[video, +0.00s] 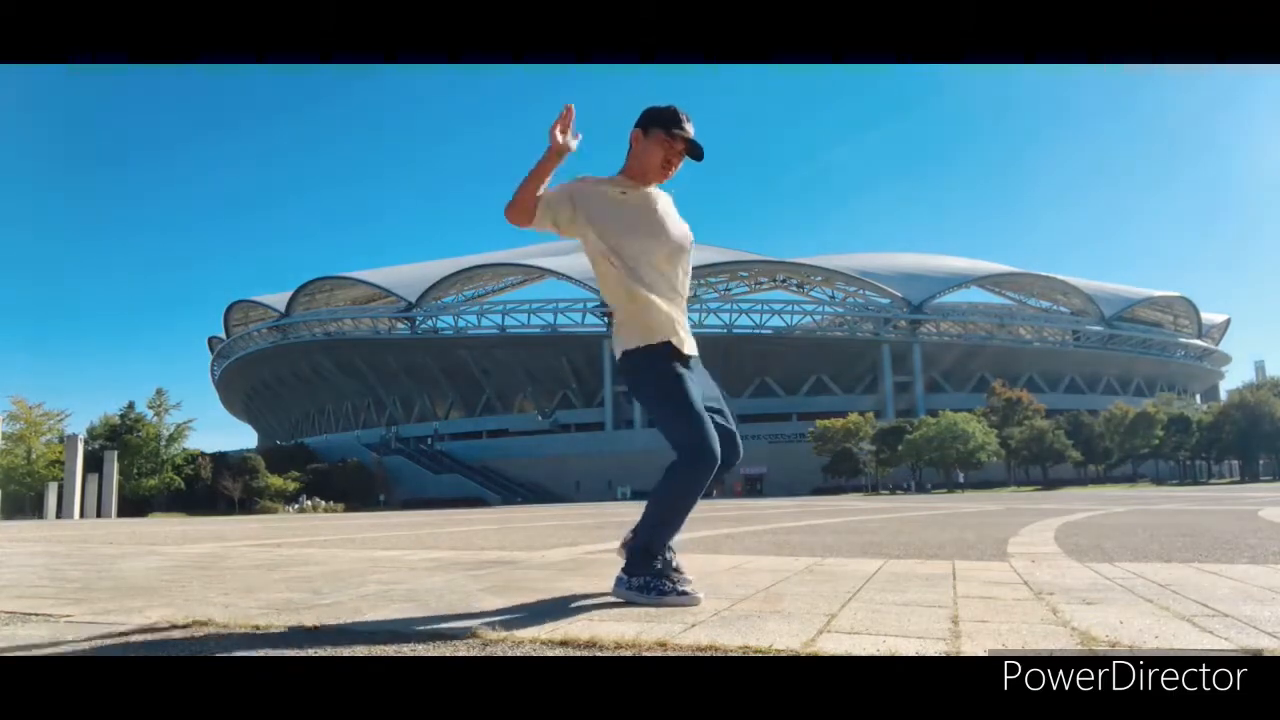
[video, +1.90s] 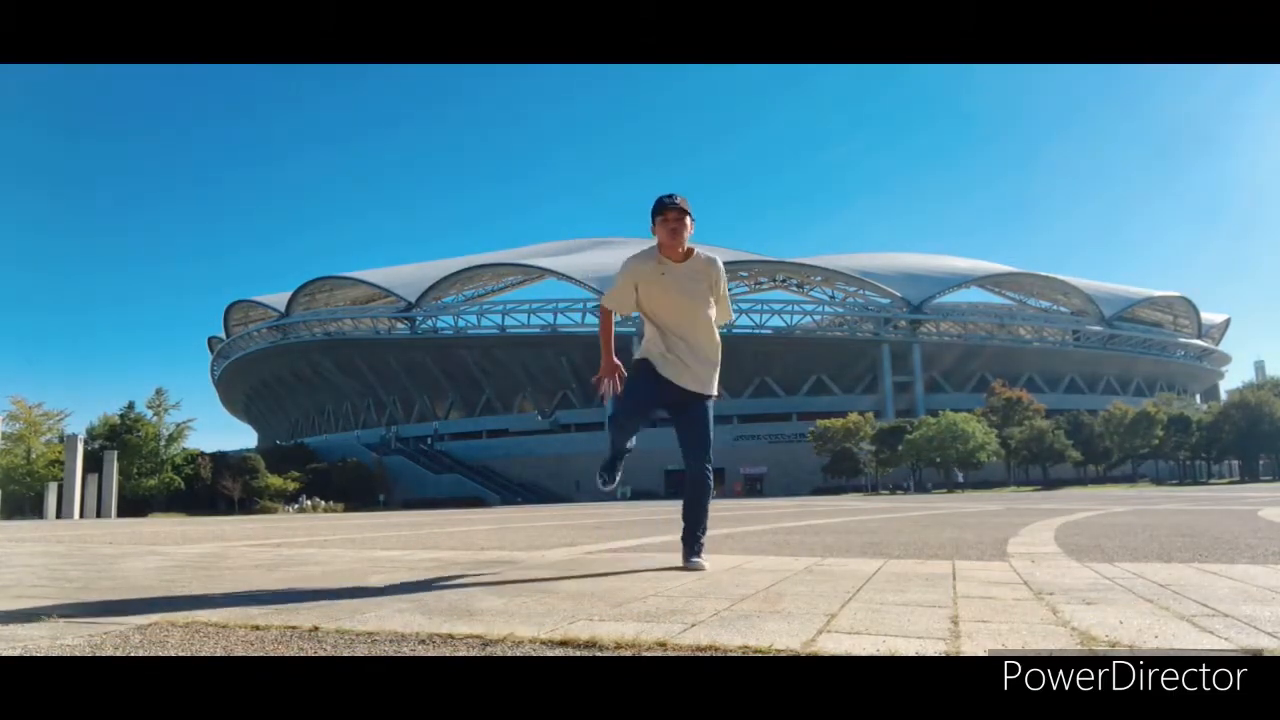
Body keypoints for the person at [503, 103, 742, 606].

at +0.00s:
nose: (674, 161)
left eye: (682, 155)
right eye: (668, 148)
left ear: (683, 157)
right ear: (638, 138)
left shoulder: (661, 199)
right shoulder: (593, 193)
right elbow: (518, 212)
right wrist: (554, 155)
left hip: (682, 349)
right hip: (646, 351)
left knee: (726, 450)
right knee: (701, 452)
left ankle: (647, 546)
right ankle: (641, 569)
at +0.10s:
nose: (664, 179)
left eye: (671, 174)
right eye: (659, 166)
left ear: (669, 179)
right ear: (631, 159)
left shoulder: (652, 229)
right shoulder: (601, 214)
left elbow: (680, 294)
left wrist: (713, 332)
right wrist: (614, 156)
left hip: (677, 363)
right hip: (642, 363)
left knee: (739, 442)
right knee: (698, 452)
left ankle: (672, 518)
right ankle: (636, 570)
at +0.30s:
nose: (645, 197)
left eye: (652, 191)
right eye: (637, 185)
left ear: (655, 193)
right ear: (611, 179)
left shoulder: (636, 238)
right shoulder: (593, 226)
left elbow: (668, 301)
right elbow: (664, 247)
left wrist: (711, 337)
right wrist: (716, 243)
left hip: (682, 363)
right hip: (642, 364)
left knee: (716, 464)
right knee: (685, 450)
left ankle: (656, 553)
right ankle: (635, 573)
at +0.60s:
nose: (642, 194)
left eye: (649, 188)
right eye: (634, 185)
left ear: (656, 195)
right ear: (615, 190)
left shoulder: (665, 243)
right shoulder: (599, 233)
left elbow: (676, 310)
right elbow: (629, 274)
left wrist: (690, 354)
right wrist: (682, 279)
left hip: (669, 363)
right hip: (622, 360)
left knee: (674, 459)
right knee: (632, 439)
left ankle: (642, 550)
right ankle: (615, 549)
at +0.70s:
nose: (644, 195)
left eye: (649, 189)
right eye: (635, 188)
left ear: (655, 199)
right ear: (616, 197)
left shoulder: (667, 250)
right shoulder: (598, 237)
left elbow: (676, 320)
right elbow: (608, 294)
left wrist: (686, 371)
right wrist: (659, 316)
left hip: (666, 371)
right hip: (617, 368)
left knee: (667, 465)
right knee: (614, 457)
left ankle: (641, 551)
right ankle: (604, 517)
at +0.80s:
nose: (636, 202)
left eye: (643, 196)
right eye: (627, 196)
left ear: (654, 204)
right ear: (615, 205)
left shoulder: (669, 259)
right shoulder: (599, 243)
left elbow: (674, 326)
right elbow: (590, 297)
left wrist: (680, 376)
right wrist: (612, 341)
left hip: (663, 378)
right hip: (615, 375)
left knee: (666, 465)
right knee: (602, 464)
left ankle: (642, 550)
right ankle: (611, 514)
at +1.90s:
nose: (675, 227)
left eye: (680, 221)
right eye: (667, 221)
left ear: (691, 226)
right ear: (654, 228)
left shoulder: (712, 268)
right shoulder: (637, 267)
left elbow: (715, 322)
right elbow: (606, 307)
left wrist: (710, 376)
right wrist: (608, 357)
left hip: (698, 377)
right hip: (654, 364)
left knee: (699, 467)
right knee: (622, 419)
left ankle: (693, 549)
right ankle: (616, 458)